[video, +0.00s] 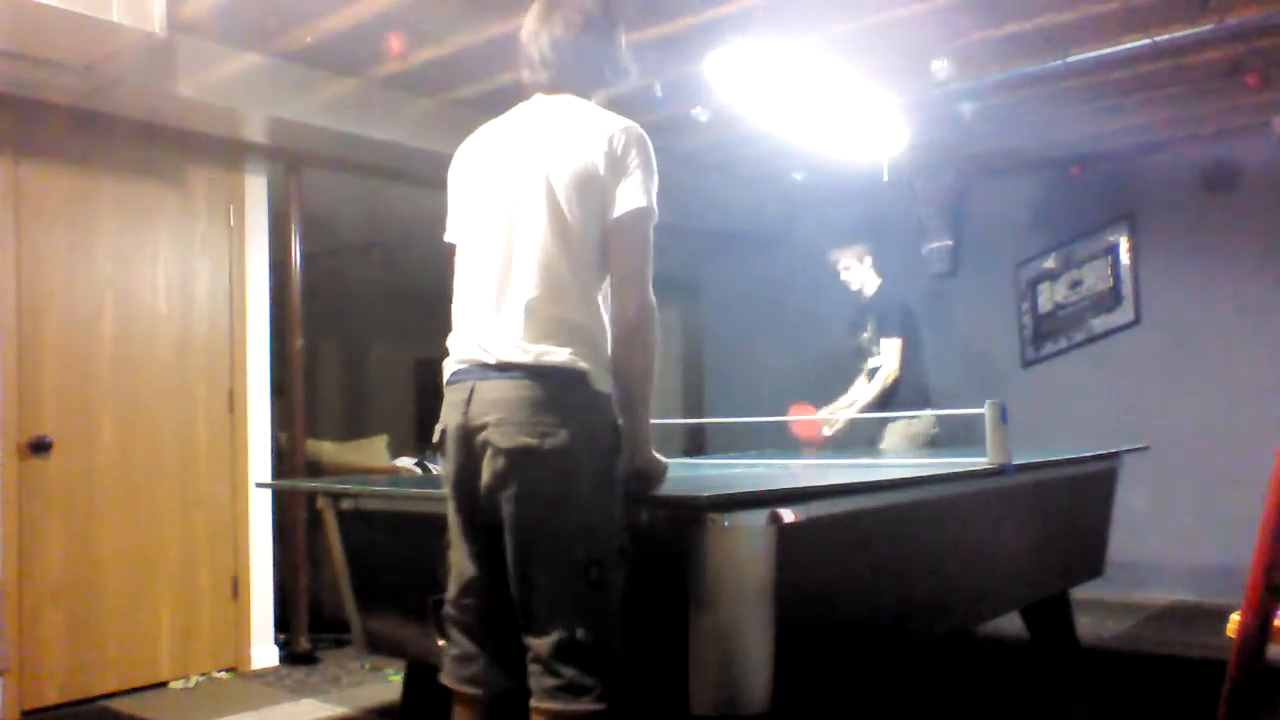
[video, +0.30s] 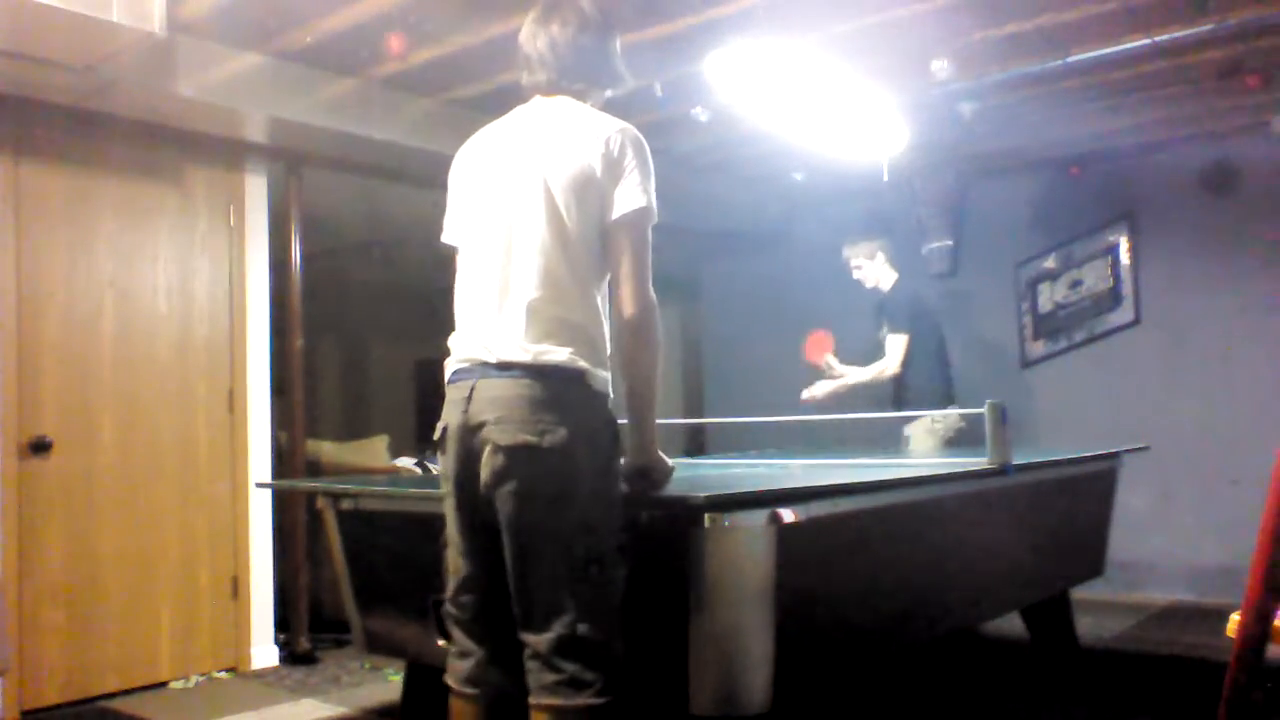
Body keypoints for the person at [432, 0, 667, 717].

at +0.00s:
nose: (624, 68)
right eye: (619, 51)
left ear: (529, 57)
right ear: (608, 55)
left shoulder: (473, 147)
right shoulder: (617, 137)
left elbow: (467, 291)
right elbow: (631, 307)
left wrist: (459, 418)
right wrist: (638, 439)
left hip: (462, 410)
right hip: (554, 413)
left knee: (471, 640)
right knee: (566, 651)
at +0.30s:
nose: (617, 75)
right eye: (612, 62)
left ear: (527, 64)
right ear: (604, 63)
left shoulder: (475, 148)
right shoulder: (613, 139)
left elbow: (468, 295)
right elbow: (633, 305)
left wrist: (457, 417)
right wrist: (644, 442)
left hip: (463, 409)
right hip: (551, 410)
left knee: (472, 641)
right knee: (566, 649)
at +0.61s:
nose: (601, 79)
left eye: (600, 64)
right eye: (597, 63)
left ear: (513, 65)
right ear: (583, 63)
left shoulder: (462, 151)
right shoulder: (579, 132)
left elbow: (458, 297)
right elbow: (571, 291)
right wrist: (630, 413)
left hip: (442, 408)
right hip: (515, 413)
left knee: (469, 645)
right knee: (557, 650)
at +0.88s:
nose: (537, 129)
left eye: (541, 115)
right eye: (541, 112)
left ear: (462, 90)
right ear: (529, 102)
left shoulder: (415, 162)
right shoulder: (476, 154)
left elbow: (401, 316)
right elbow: (410, 298)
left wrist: (510, 423)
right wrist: (524, 412)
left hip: (377, 429)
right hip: (434, 432)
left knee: (399, 641)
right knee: (511, 642)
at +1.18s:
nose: (423, 150)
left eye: (423, 136)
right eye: (418, 134)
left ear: (346, 126)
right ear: (393, 126)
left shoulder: (281, 202)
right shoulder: (388, 177)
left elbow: (241, 349)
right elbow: (480, 288)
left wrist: (364, 396)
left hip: (249, 428)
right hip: (309, 426)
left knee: (317, 653)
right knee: (398, 648)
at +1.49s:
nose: (334, 125)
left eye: (332, 114)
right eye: (329, 114)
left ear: (245, 117)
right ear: (315, 113)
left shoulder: (191, 196)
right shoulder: (321, 158)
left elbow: (134, 341)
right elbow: (473, 187)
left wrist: (190, 420)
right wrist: (528, 118)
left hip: (181, 432)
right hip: (241, 432)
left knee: (283, 616)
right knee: (192, 670)